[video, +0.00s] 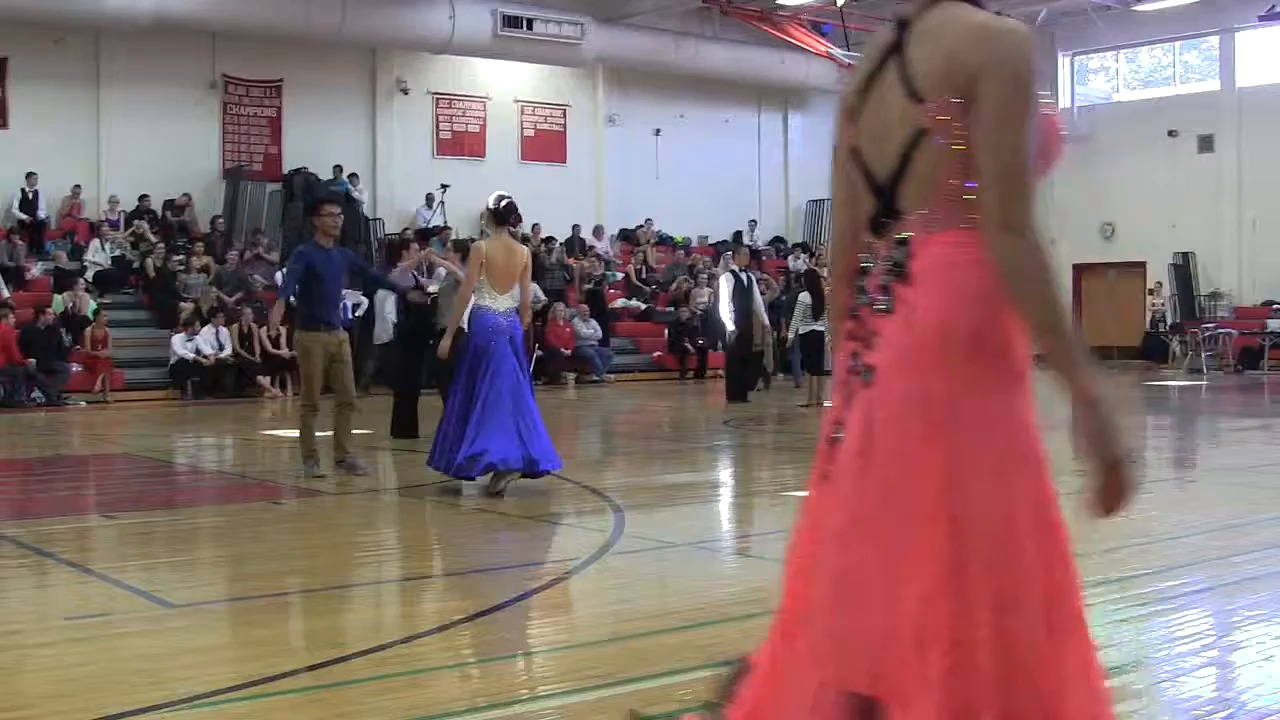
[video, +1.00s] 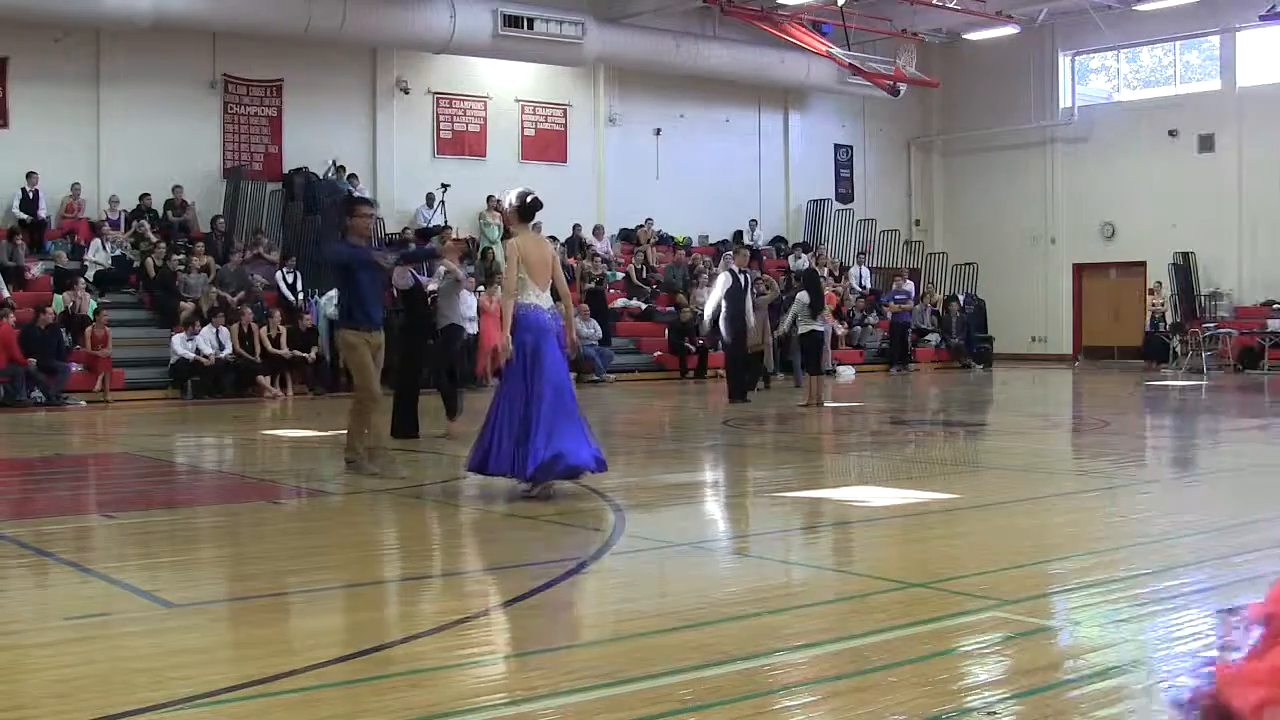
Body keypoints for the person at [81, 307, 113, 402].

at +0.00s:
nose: (105, 319)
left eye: (105, 316)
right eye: (103, 316)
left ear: (105, 318)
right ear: (96, 317)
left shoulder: (107, 331)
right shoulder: (89, 331)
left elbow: (109, 349)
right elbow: (87, 349)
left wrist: (103, 352)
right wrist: (99, 353)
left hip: (103, 356)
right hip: (92, 357)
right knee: (105, 367)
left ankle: (98, 382)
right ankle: (106, 393)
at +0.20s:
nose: (106, 318)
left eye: (106, 316)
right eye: (103, 316)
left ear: (105, 317)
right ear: (97, 317)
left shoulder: (107, 330)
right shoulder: (89, 330)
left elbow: (110, 349)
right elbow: (88, 349)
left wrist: (104, 352)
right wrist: (99, 353)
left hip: (103, 355)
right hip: (92, 356)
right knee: (106, 366)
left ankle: (98, 381)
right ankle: (107, 393)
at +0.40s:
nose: (106, 318)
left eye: (106, 316)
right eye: (103, 316)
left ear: (105, 318)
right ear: (97, 317)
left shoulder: (107, 331)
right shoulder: (89, 330)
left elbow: (109, 349)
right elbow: (87, 349)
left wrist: (103, 352)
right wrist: (99, 353)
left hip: (103, 355)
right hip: (92, 356)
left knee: (106, 362)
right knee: (105, 367)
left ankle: (98, 381)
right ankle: (106, 393)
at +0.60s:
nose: (106, 318)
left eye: (106, 316)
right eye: (104, 316)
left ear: (106, 317)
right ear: (97, 317)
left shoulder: (108, 331)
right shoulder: (89, 330)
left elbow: (109, 349)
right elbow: (88, 350)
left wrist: (104, 351)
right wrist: (99, 353)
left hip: (103, 355)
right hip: (92, 356)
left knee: (105, 360)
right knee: (106, 365)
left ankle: (98, 382)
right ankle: (107, 393)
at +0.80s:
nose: (106, 318)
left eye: (106, 316)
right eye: (104, 316)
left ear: (106, 317)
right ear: (97, 317)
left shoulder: (108, 330)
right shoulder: (89, 330)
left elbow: (109, 349)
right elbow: (88, 350)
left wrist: (104, 351)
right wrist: (99, 353)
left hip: (103, 354)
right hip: (92, 355)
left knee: (105, 359)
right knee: (106, 365)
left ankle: (99, 382)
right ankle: (107, 393)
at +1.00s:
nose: (106, 318)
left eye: (106, 316)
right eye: (104, 316)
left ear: (106, 317)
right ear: (97, 317)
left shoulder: (108, 330)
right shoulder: (89, 330)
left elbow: (109, 349)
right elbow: (88, 350)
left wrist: (104, 351)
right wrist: (99, 353)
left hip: (103, 355)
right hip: (92, 356)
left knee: (105, 360)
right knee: (106, 365)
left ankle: (98, 382)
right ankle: (107, 393)